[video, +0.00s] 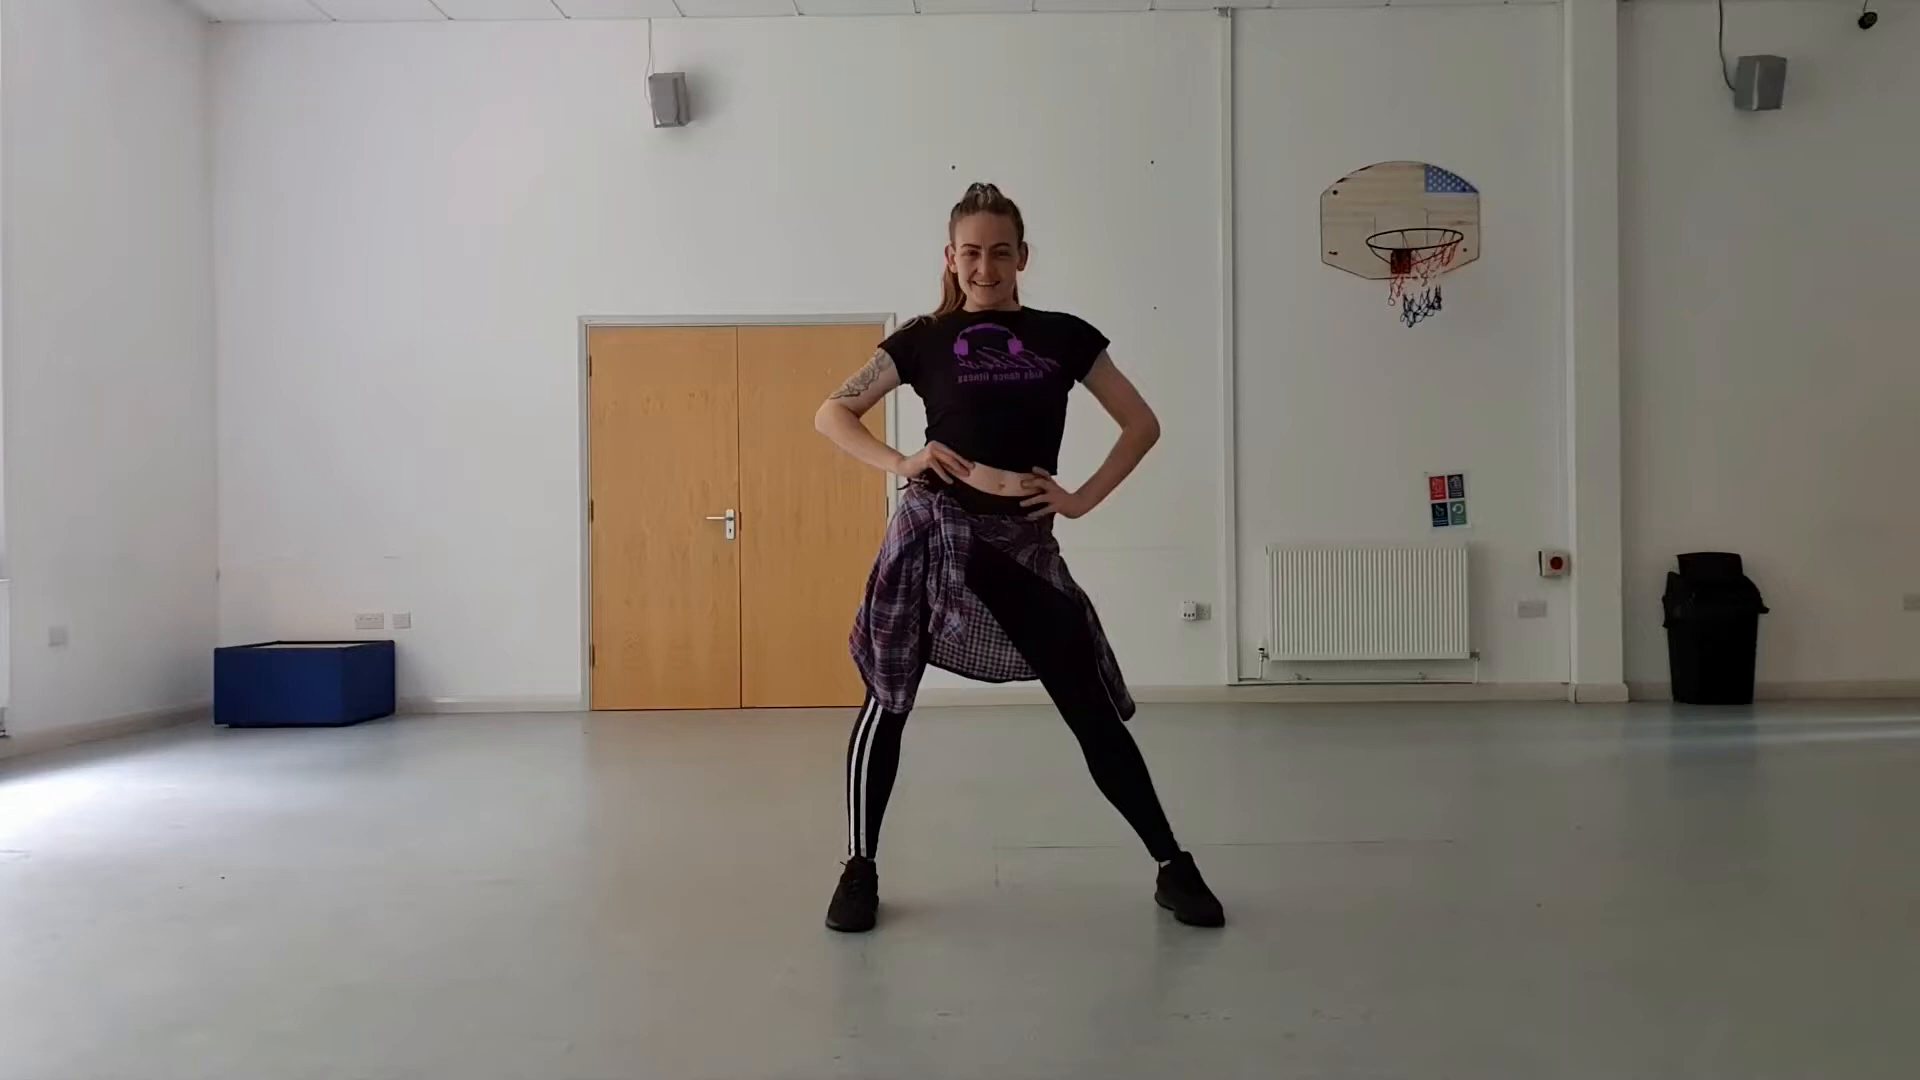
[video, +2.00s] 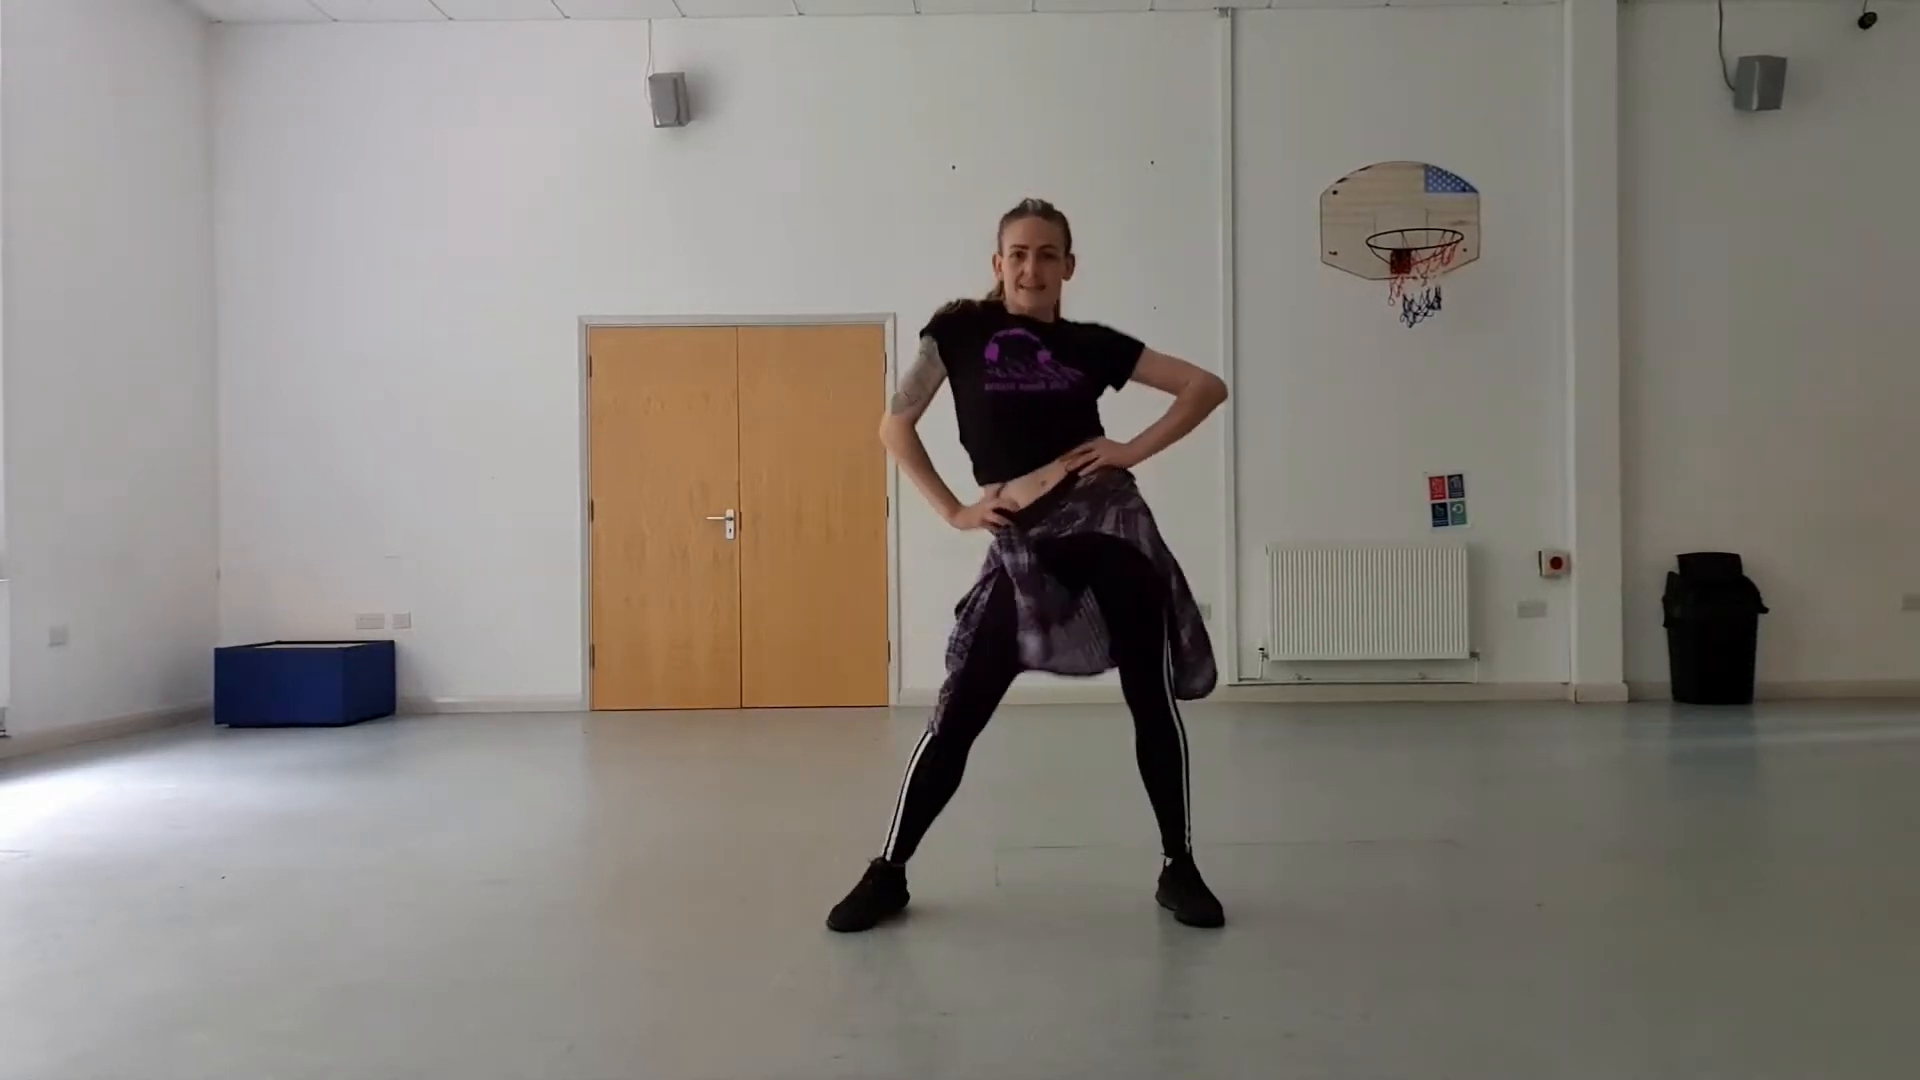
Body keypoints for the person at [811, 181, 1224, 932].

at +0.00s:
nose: (983, 265)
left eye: (998, 250)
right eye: (969, 251)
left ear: (1022, 254)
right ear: (949, 256)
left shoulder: (1065, 337)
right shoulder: (921, 341)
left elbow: (1141, 425)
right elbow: (833, 414)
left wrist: (1086, 496)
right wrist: (897, 462)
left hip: (1021, 541)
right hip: (931, 534)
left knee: (1091, 707)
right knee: (889, 698)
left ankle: (1174, 865)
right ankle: (859, 866)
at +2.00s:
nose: (1031, 265)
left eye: (1046, 254)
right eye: (1018, 253)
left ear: (1067, 265)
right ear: (998, 262)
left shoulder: (1089, 345)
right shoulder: (958, 333)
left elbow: (1205, 388)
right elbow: (896, 425)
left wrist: (1136, 449)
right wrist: (951, 511)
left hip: (1107, 529)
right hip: (1021, 541)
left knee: (1149, 694)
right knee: (959, 711)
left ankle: (1180, 865)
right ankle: (888, 871)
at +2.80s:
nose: (1021, 249)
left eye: (1037, 239)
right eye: (1008, 234)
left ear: (1053, 251)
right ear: (983, 241)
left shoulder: (1071, 329)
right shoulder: (938, 316)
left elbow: (1182, 387)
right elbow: (873, 403)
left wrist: (1120, 438)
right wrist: (936, 487)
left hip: (1093, 520)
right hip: (1004, 528)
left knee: (1139, 692)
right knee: (950, 709)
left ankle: (1176, 856)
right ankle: (883, 866)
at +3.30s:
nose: (1000, 242)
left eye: (1015, 230)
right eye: (986, 233)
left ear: (1043, 243)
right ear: (969, 249)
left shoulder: (1088, 314)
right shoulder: (953, 328)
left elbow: (1157, 413)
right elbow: (862, 405)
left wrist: (1099, 491)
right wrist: (911, 441)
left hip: (1035, 529)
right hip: (946, 521)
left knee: (1103, 702)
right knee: (908, 695)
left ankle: (1172, 860)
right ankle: (873, 865)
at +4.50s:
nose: (984, 238)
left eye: (996, 226)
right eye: (968, 235)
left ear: (1024, 244)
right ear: (955, 264)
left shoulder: (1074, 327)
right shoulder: (938, 333)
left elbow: (1141, 426)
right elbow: (850, 402)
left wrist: (1082, 501)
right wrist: (894, 457)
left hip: (1023, 530)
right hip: (934, 521)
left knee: (1095, 700)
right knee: (905, 697)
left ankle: (1161, 864)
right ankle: (878, 868)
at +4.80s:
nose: (1048, 263)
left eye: (1063, 255)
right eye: (1035, 249)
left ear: (1078, 270)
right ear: (1008, 257)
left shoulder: (1082, 347)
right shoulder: (964, 334)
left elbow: (1181, 409)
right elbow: (899, 435)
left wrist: (1135, 452)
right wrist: (961, 518)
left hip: (1109, 529)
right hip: (1022, 541)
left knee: (1151, 695)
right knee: (963, 716)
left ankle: (1167, 864)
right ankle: (885, 869)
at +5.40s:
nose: (1011, 248)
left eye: (1028, 237)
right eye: (1001, 239)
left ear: (1063, 255)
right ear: (991, 258)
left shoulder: (1079, 339)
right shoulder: (956, 325)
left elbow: (1087, 408)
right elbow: (883, 397)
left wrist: (1098, 443)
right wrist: (905, 495)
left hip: (1065, 525)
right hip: (975, 530)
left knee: (1128, 680)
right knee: (965, 702)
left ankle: (1162, 833)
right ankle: (965, 861)